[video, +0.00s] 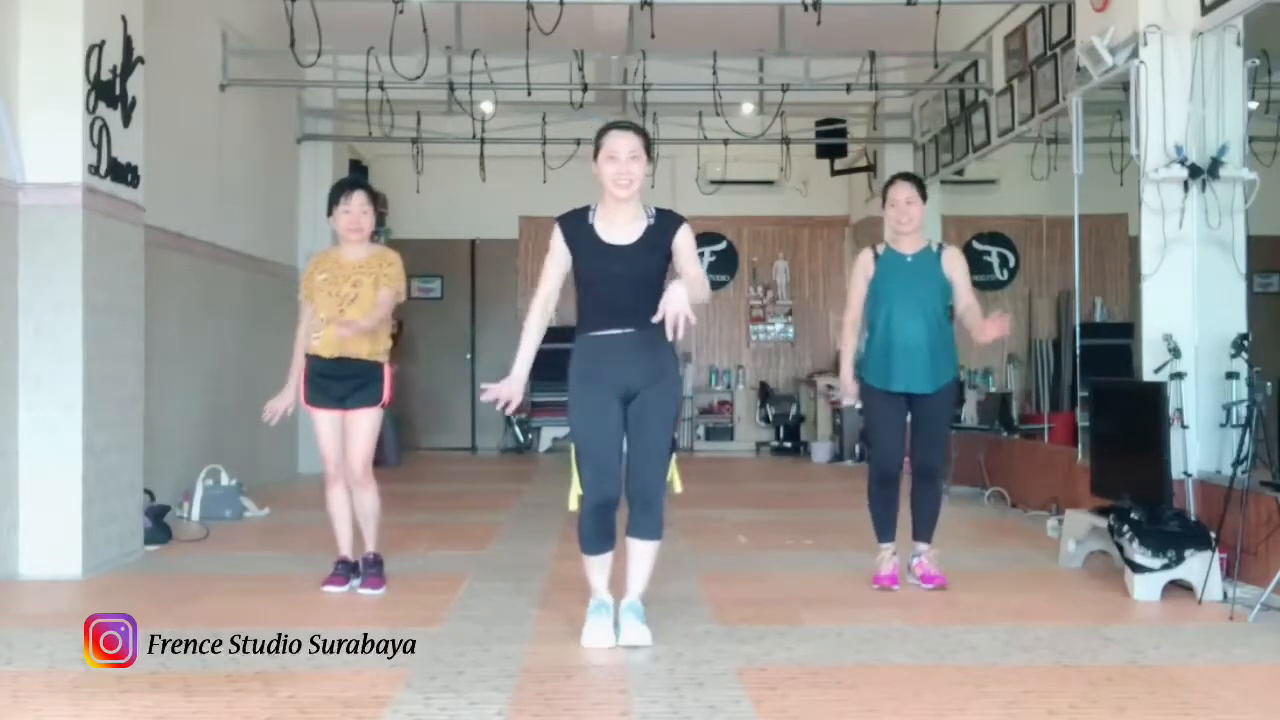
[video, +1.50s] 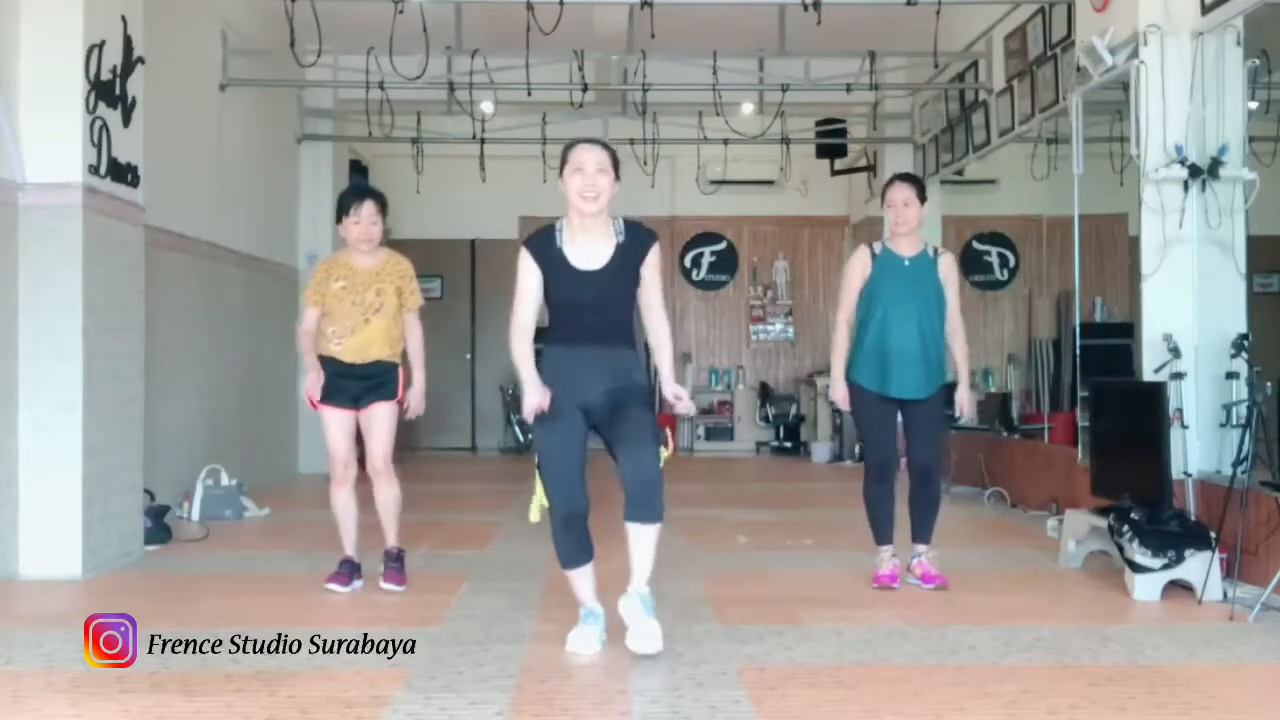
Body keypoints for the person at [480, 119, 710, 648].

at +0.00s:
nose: (624, 168)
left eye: (633, 158)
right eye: (613, 158)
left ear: (648, 167)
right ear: (595, 165)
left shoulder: (672, 228)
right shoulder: (570, 229)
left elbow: (703, 291)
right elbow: (542, 305)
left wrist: (681, 287)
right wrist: (518, 374)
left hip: (655, 367)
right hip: (592, 369)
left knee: (648, 488)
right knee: (599, 491)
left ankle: (633, 605)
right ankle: (599, 602)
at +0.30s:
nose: (613, 166)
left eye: (624, 156)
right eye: (603, 156)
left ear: (641, 163)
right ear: (586, 162)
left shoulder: (663, 214)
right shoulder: (563, 218)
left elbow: (699, 277)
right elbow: (512, 275)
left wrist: (720, 287)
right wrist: (474, 336)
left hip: (644, 364)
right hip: (581, 366)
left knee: (641, 490)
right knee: (583, 492)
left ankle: (632, 607)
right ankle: (589, 609)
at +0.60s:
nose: (599, 187)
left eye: (610, 179)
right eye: (588, 178)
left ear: (625, 190)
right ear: (572, 187)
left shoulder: (649, 246)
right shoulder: (546, 249)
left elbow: (677, 324)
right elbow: (509, 319)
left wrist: (697, 397)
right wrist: (500, 369)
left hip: (626, 383)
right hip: (561, 384)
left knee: (639, 466)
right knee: (567, 504)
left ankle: (635, 578)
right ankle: (589, 611)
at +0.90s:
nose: (595, 169)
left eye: (606, 160)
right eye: (585, 159)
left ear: (621, 170)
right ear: (567, 166)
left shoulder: (641, 226)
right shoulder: (539, 227)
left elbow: (667, 293)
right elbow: (509, 302)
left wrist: (686, 360)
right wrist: (530, 298)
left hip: (623, 366)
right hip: (558, 367)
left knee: (626, 492)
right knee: (572, 497)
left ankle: (623, 627)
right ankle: (588, 611)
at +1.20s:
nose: (595, 168)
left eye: (606, 159)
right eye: (584, 158)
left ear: (621, 168)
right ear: (567, 167)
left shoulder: (640, 223)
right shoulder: (539, 229)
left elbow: (659, 269)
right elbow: (505, 303)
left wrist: (663, 335)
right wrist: (541, 281)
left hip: (624, 367)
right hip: (560, 369)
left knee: (638, 473)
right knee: (574, 496)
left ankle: (631, 602)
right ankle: (589, 612)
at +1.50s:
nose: (589, 180)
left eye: (599, 171)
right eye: (579, 171)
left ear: (615, 183)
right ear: (561, 181)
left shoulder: (640, 243)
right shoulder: (538, 249)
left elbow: (655, 316)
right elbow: (522, 326)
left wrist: (668, 378)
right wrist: (530, 381)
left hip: (625, 385)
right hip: (558, 387)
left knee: (645, 475)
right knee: (566, 503)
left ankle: (639, 595)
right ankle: (590, 611)